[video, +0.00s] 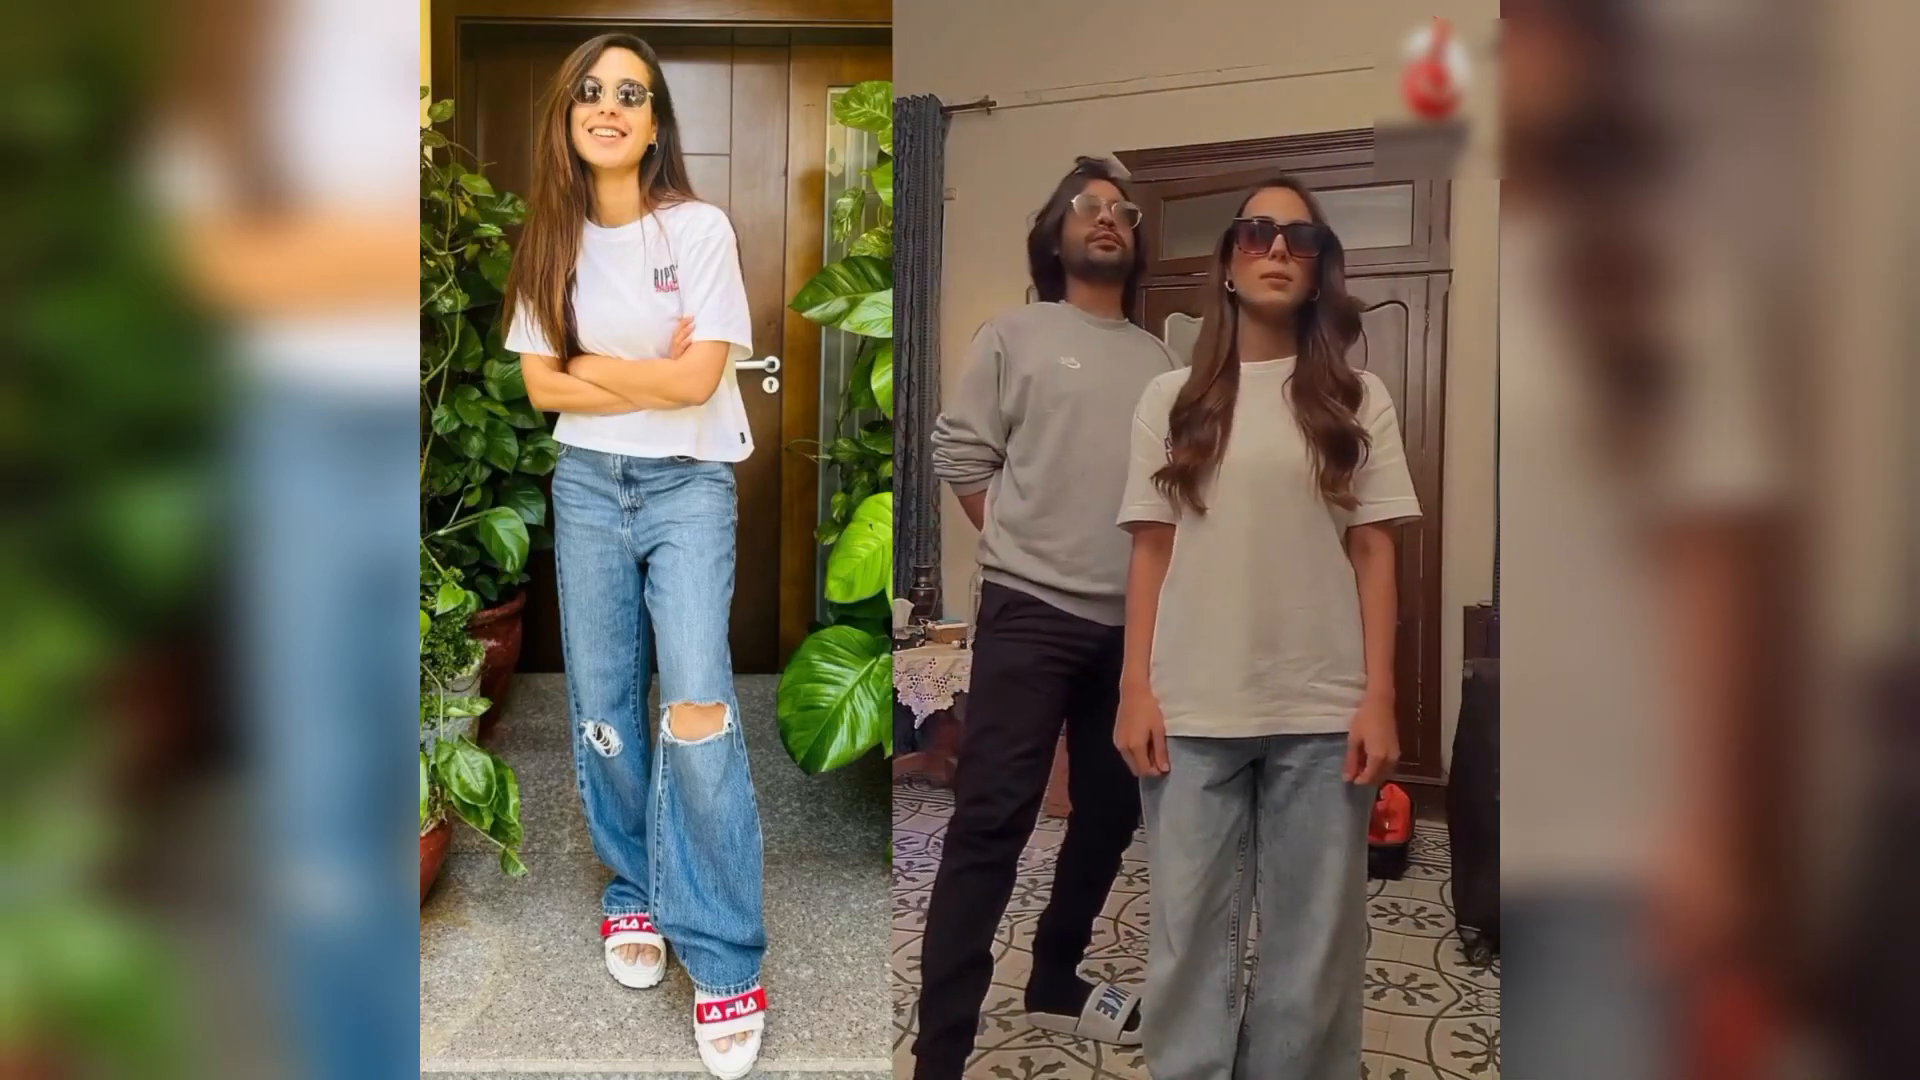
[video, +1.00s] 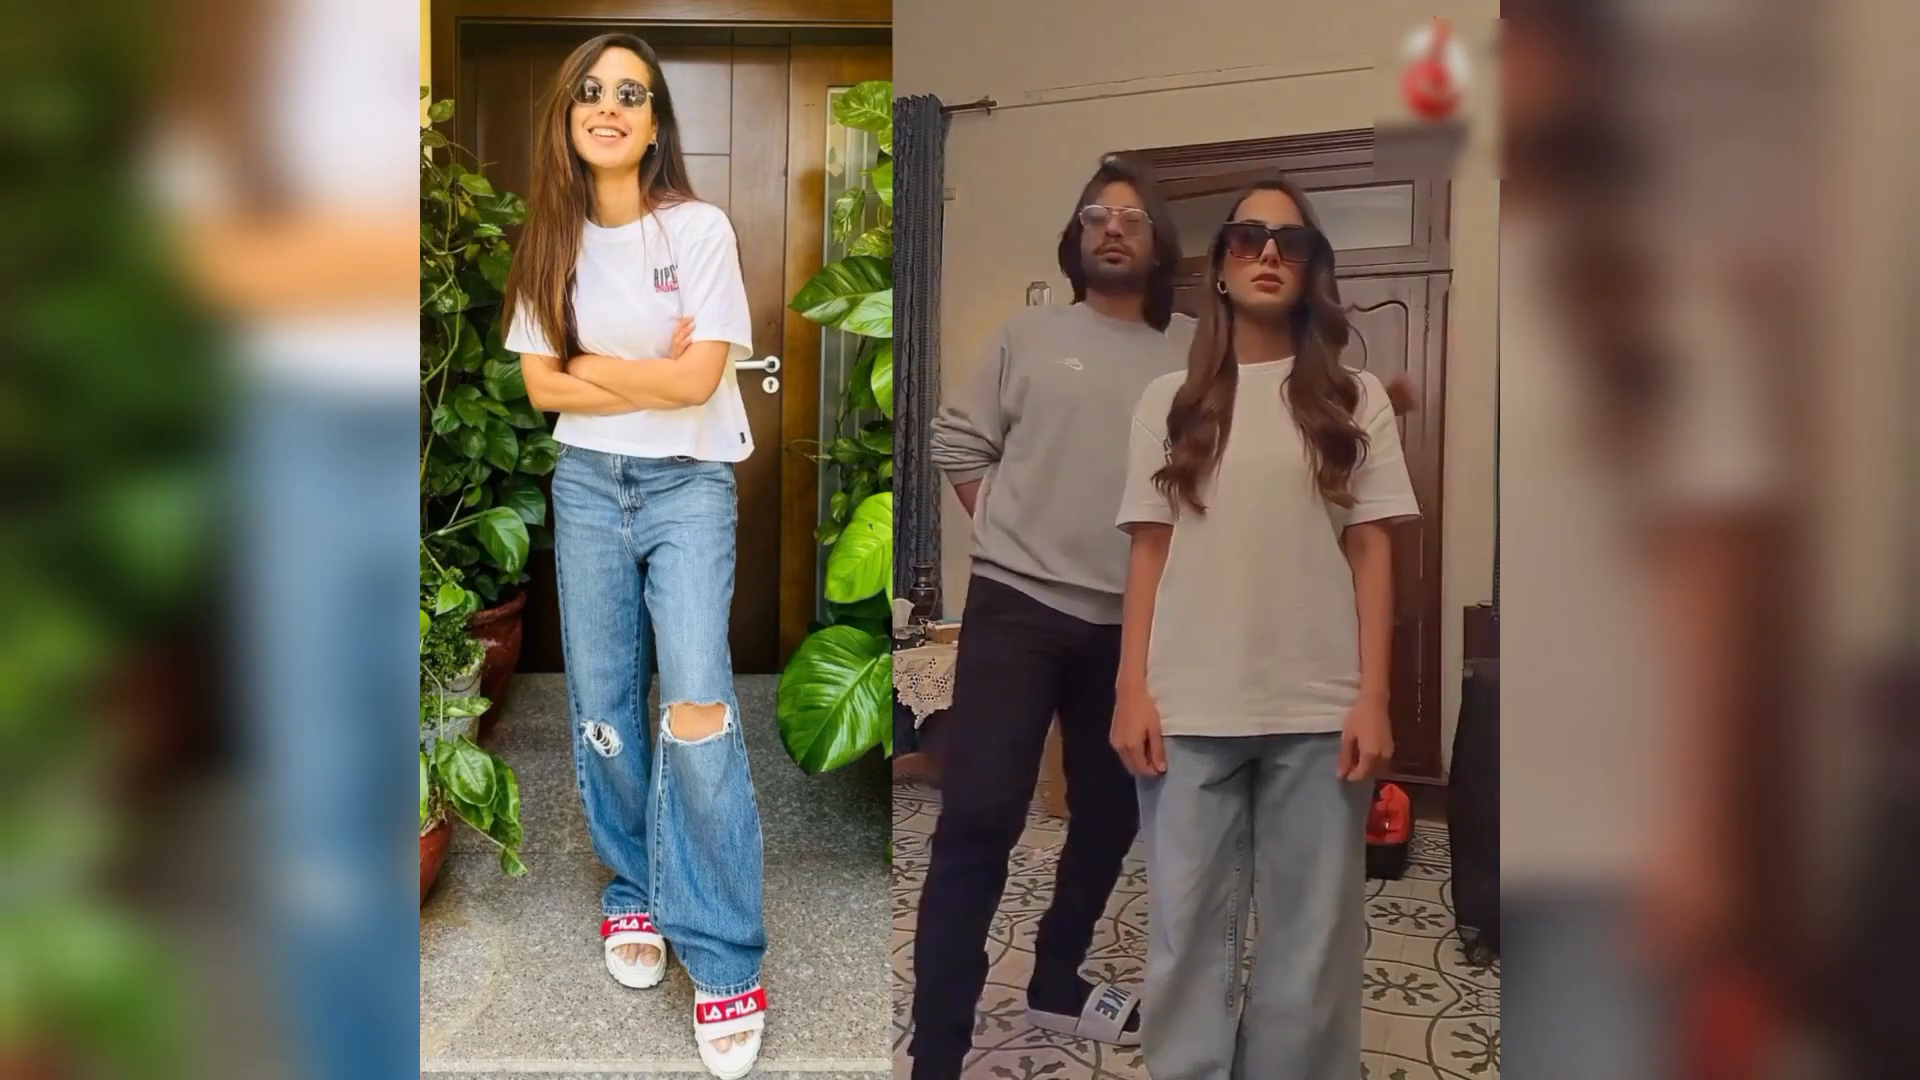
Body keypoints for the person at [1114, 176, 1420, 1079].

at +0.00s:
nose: (1278, 249)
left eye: (1299, 238)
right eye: (1258, 235)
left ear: (1321, 268)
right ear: (1227, 263)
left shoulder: (1358, 397)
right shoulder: (1174, 395)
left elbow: (1374, 554)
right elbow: (1150, 550)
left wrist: (1378, 700)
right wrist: (1136, 685)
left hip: (1325, 717)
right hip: (1193, 715)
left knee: (1313, 957)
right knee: (1184, 945)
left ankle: (1289, 1073)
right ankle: (1186, 1070)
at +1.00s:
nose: (1267, 252)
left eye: (1290, 242)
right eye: (1247, 240)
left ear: (1314, 270)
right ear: (1221, 268)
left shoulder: (1353, 394)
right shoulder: (1171, 397)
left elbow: (1371, 552)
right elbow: (1148, 552)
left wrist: (1373, 699)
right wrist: (1132, 687)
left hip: (1321, 718)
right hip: (1188, 718)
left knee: (1310, 955)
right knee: (1183, 945)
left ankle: (1289, 1074)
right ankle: (1184, 1071)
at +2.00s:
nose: (1266, 249)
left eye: (1287, 237)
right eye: (1248, 235)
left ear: (1313, 265)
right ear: (1219, 262)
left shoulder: (1346, 393)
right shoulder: (1162, 392)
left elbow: (1360, 552)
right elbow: (1154, 542)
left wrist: (1420, 517)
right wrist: (1093, 518)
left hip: (1317, 705)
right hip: (1182, 705)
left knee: (1310, 946)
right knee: (1182, 938)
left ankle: (1294, 1071)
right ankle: (1186, 1067)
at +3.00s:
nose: (1266, 248)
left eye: (1286, 236)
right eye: (1247, 234)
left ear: (1311, 263)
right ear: (1217, 258)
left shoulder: (1347, 392)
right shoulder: (1159, 391)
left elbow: (1384, 537)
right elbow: (1105, 531)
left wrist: (1471, 451)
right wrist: (1026, 446)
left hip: (1320, 707)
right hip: (1184, 708)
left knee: (1315, 944)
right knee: (1185, 938)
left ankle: (1294, 1075)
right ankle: (1186, 1069)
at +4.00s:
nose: (1263, 247)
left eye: (1284, 236)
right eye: (1244, 234)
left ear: (1311, 265)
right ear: (1214, 261)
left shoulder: (1345, 391)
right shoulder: (1160, 394)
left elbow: (1429, 522)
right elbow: (1082, 517)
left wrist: (1462, 382)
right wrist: (1031, 389)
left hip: (1322, 712)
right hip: (1183, 713)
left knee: (1314, 953)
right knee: (1184, 946)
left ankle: (1296, 1074)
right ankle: (1184, 1069)